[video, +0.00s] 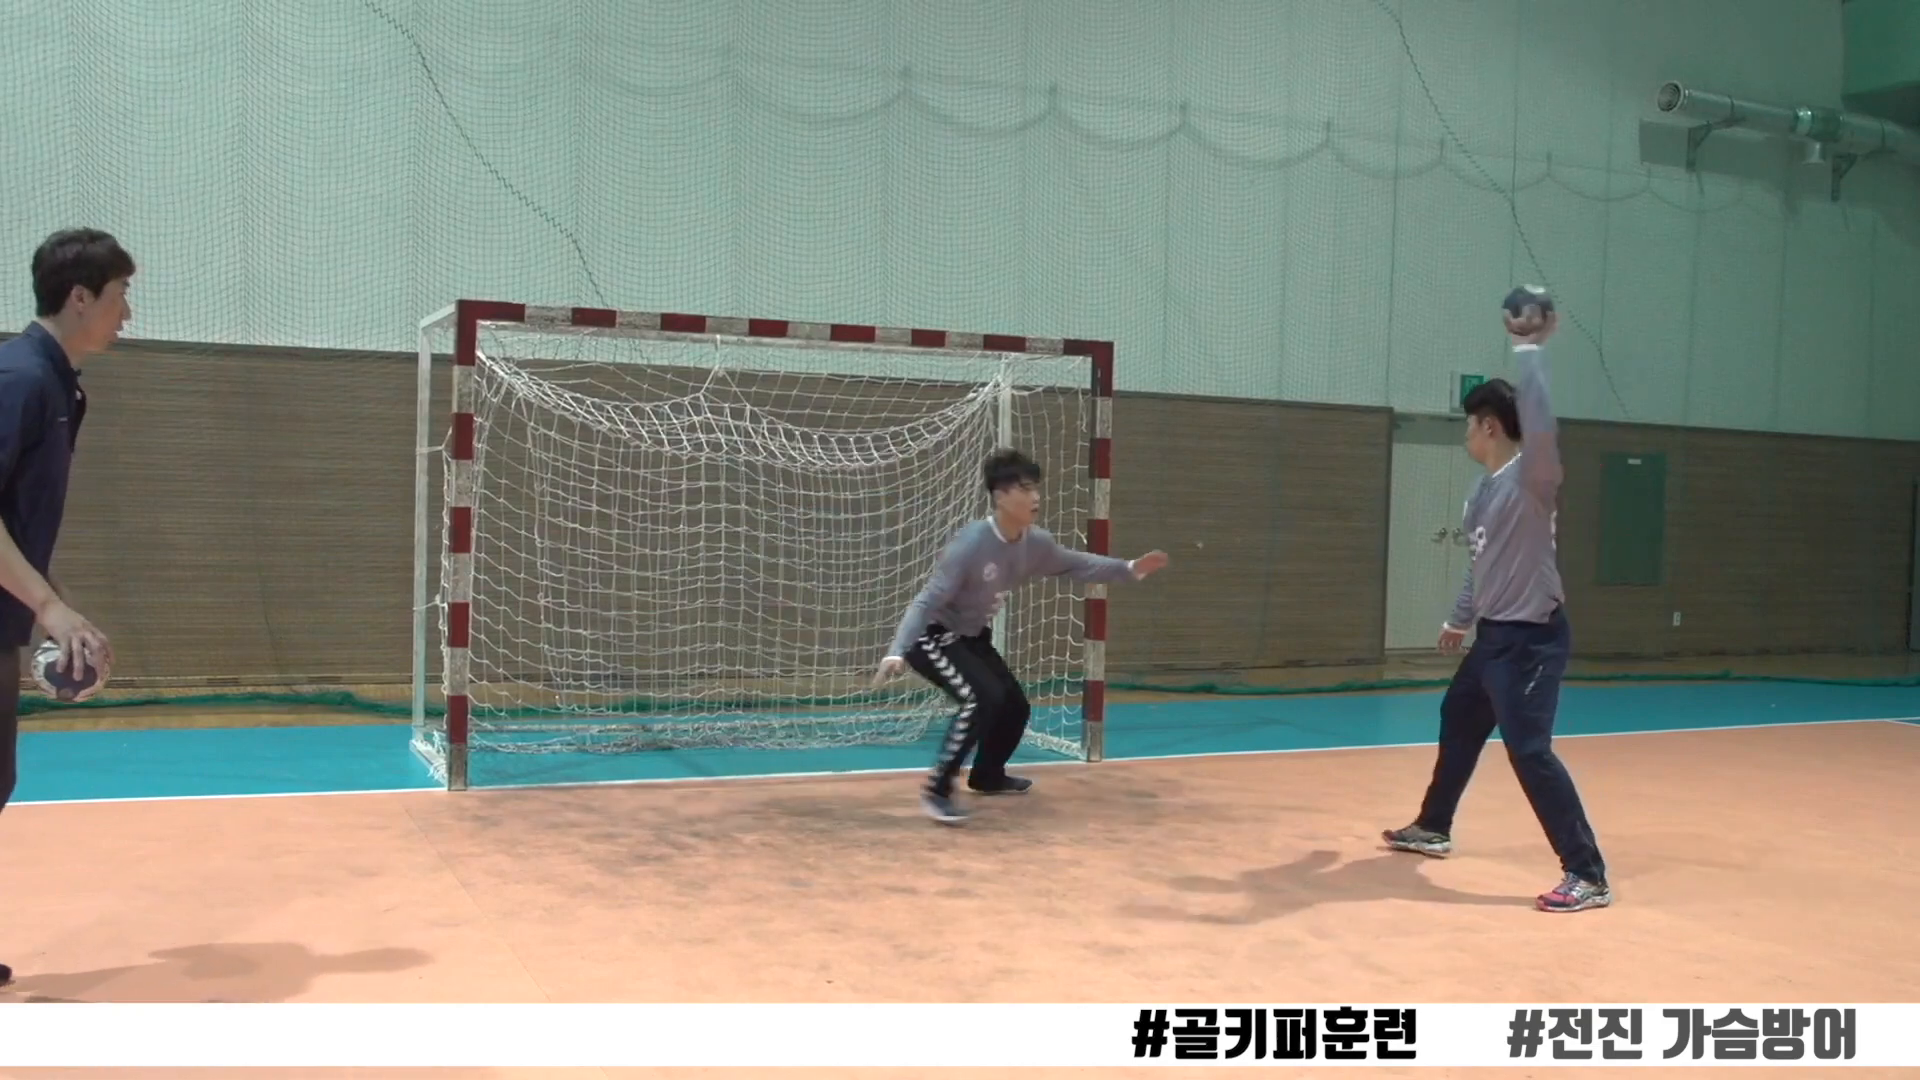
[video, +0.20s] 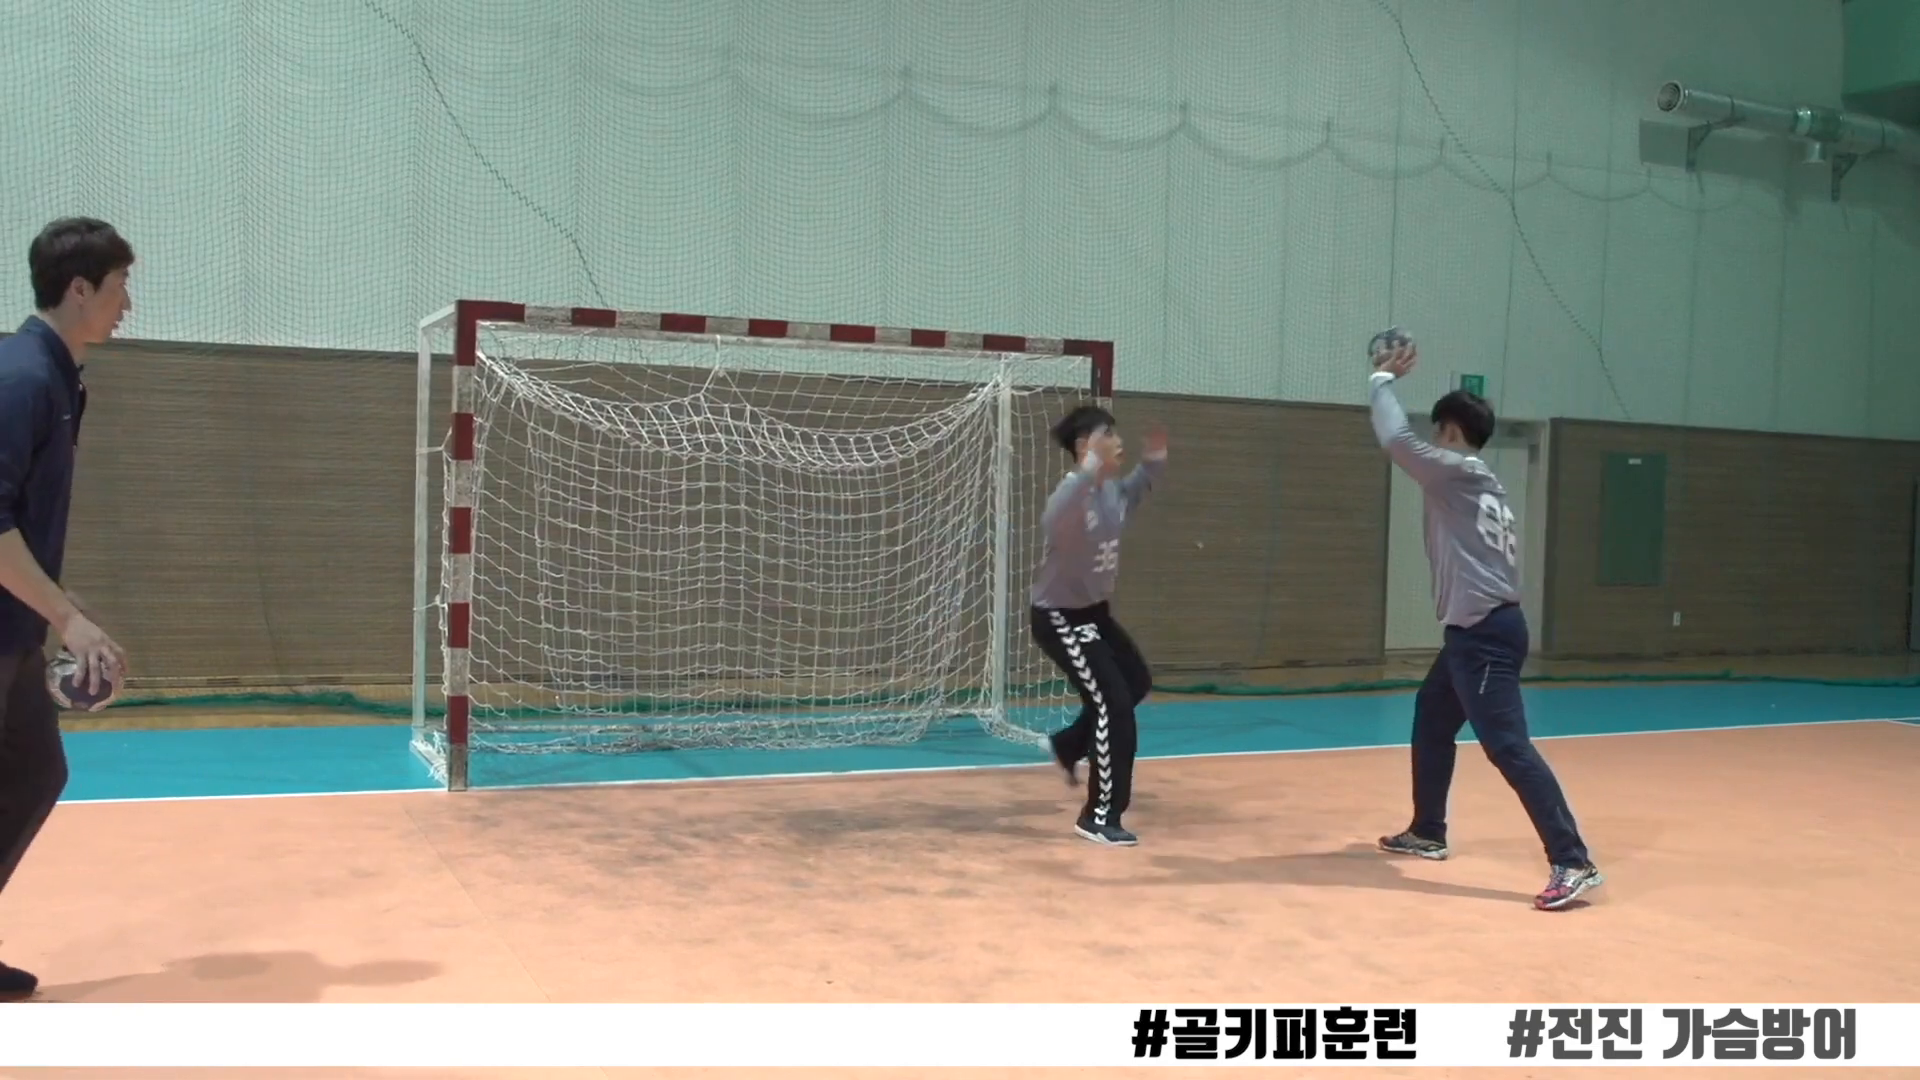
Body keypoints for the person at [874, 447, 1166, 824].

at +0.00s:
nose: (1035, 498)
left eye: (1036, 489)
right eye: (1025, 489)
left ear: (1037, 494)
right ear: (999, 496)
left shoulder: (1036, 544)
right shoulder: (971, 543)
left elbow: (1077, 564)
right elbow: (929, 597)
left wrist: (1129, 569)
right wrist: (897, 651)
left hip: (972, 636)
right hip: (932, 634)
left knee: (1015, 707)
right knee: (984, 697)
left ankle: (987, 776)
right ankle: (937, 790)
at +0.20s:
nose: (1118, 441)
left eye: (1115, 434)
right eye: (1108, 434)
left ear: (1107, 444)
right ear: (1083, 445)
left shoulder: (1114, 490)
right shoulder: (1067, 495)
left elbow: (1135, 493)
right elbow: (1056, 519)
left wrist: (1152, 465)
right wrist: (1086, 473)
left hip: (1095, 612)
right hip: (1059, 616)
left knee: (1137, 683)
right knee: (1113, 704)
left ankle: (1070, 742)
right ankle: (1101, 816)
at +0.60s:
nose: (1288, 348)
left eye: (1290, 340)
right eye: (1280, 339)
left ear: (1284, 344)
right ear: (1252, 340)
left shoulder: (1276, 390)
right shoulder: (1237, 380)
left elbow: (1279, 440)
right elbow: (1226, 351)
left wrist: (1317, 440)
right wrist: (1234, 306)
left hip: (1250, 497)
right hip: (1208, 498)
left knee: (1306, 512)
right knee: (1246, 549)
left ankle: (1356, 579)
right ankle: (1216, 658)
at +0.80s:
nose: (1324, 404)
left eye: (1326, 397)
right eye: (1314, 397)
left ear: (1325, 401)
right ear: (1291, 399)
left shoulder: (1320, 444)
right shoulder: (1278, 440)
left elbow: (1328, 498)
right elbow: (1280, 451)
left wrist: (1361, 526)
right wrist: (1321, 398)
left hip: (1329, 564)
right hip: (1293, 566)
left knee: (1372, 651)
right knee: (1335, 650)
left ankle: (1405, 741)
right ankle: (1318, 763)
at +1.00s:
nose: (1365, 496)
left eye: (1368, 489)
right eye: (1353, 489)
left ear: (1374, 496)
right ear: (1329, 499)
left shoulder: (1349, 550)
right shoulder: (1321, 545)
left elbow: (1356, 620)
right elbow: (1313, 596)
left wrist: (1407, 635)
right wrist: (1358, 587)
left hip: (1345, 659)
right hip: (1308, 662)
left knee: (1418, 707)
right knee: (1385, 721)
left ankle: (1408, 803)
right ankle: (1355, 828)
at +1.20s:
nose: (1299, 442)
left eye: (1308, 434)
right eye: (1290, 434)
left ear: (1319, 443)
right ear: (1274, 441)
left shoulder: (1303, 499)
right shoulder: (1254, 489)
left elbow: (1311, 551)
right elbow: (1215, 546)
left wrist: (1351, 561)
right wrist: (1221, 609)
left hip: (1277, 609)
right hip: (1242, 608)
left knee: (1328, 691)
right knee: (1282, 704)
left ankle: (1332, 803)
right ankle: (1319, 811)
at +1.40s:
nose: (1195, 442)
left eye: (1205, 434)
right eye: (1188, 434)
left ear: (1222, 440)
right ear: (1178, 439)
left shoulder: (1222, 497)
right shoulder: (1162, 489)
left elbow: (1224, 551)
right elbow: (1124, 542)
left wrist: (1249, 582)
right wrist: (1147, 568)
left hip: (1205, 614)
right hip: (1161, 612)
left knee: (1245, 704)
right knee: (1166, 713)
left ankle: (1230, 803)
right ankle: (1086, 779)